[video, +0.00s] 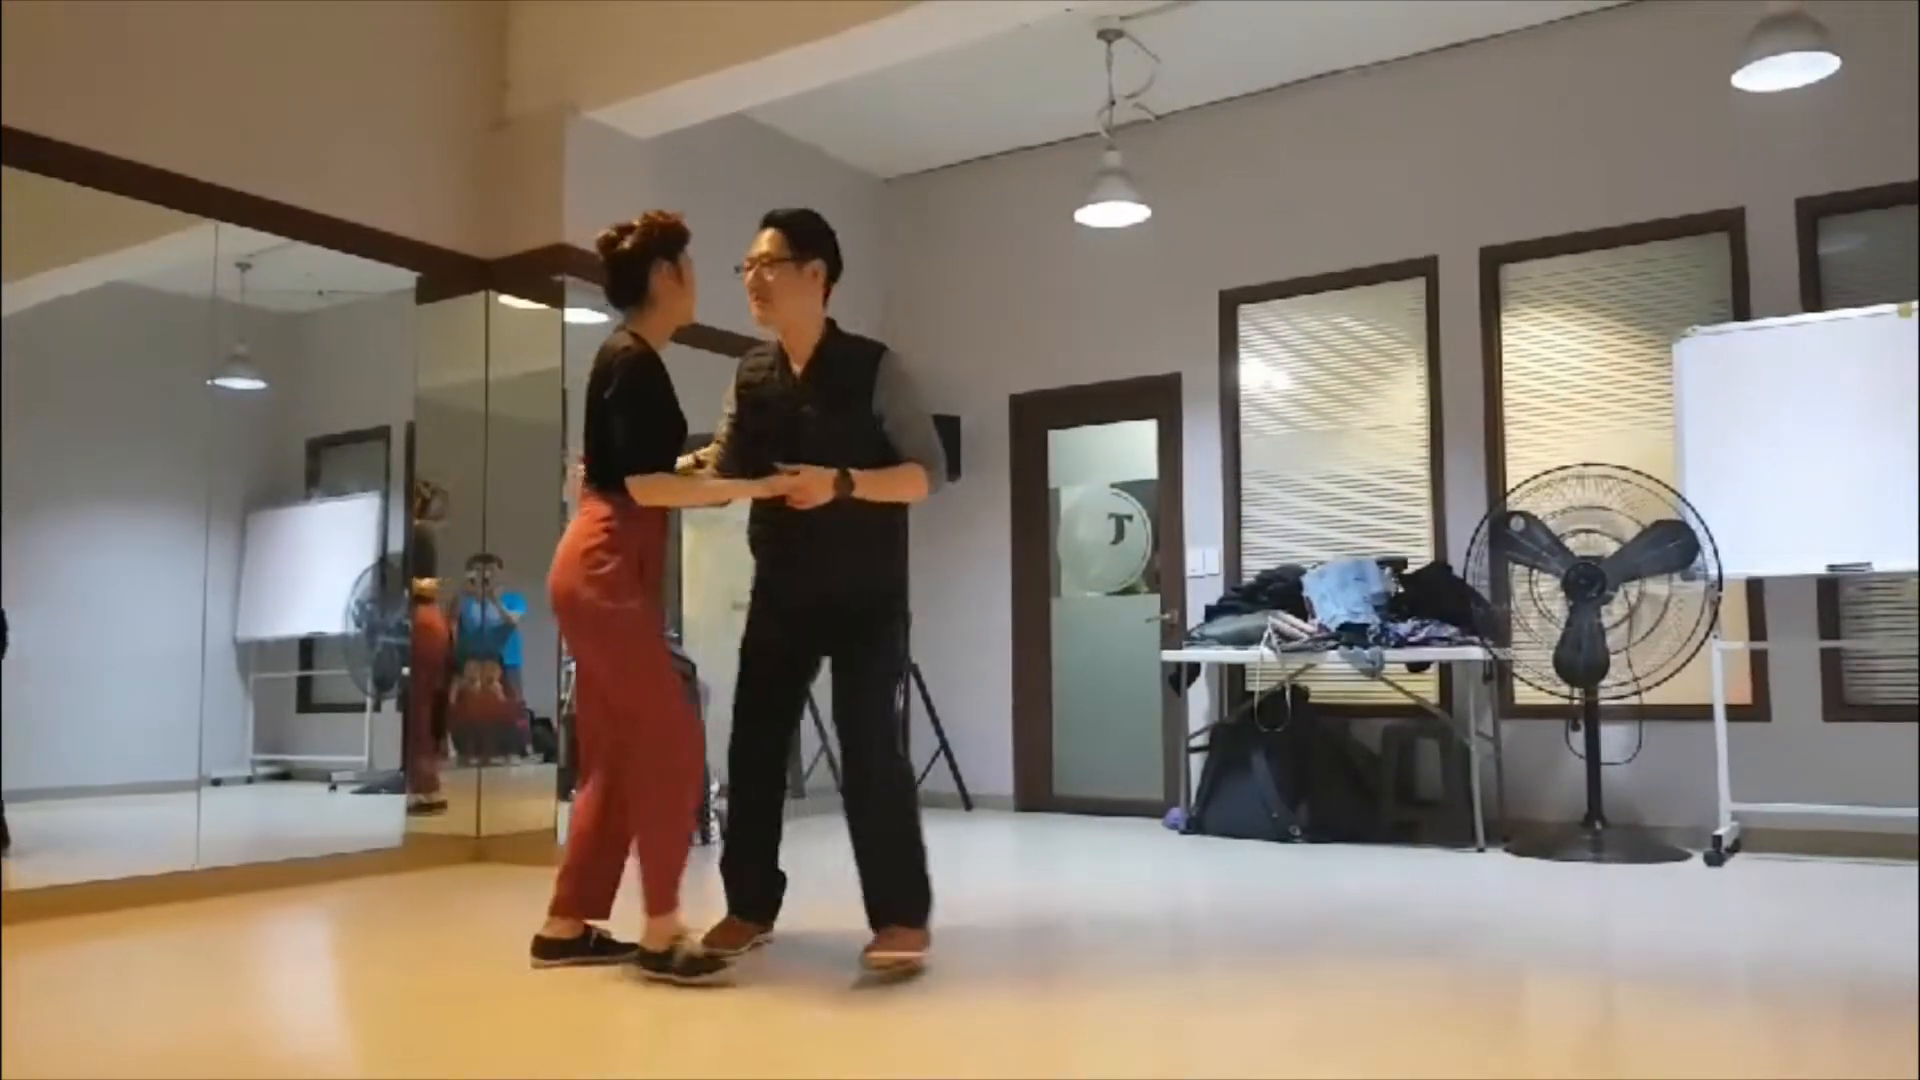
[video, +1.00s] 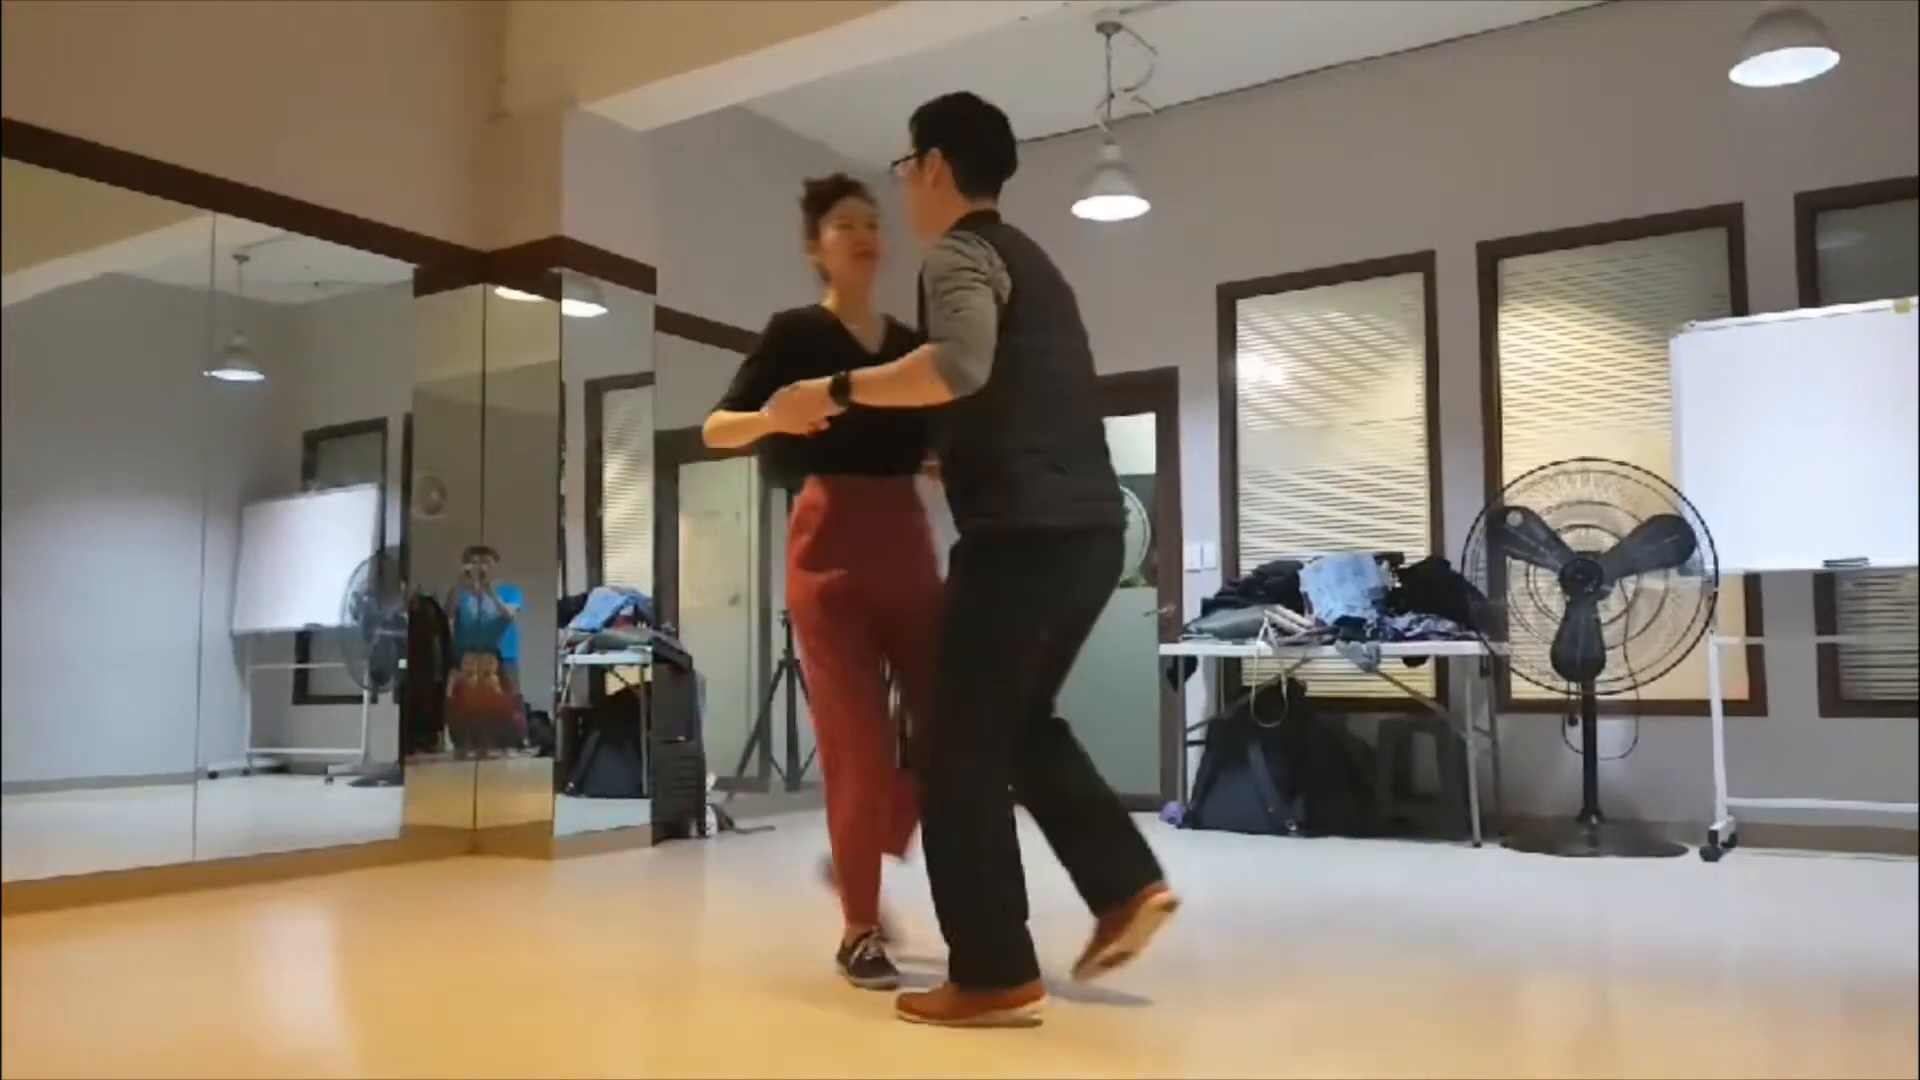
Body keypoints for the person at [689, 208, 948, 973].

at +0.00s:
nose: (750, 277)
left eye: (767, 264)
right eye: (748, 266)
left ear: (818, 275)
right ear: (757, 282)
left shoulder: (876, 368)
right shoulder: (754, 371)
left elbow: (926, 474)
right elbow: (726, 472)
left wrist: (842, 481)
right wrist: (645, 475)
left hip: (867, 595)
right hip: (782, 594)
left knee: (870, 754)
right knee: (754, 752)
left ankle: (901, 922)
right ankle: (749, 910)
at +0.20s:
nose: (787, 268)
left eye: (802, 252)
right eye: (786, 256)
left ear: (853, 259)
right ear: (811, 269)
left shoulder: (918, 349)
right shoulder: (810, 372)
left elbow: (978, 459)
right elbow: (761, 467)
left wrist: (878, 472)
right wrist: (676, 476)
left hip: (933, 582)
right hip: (856, 585)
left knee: (912, 748)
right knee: (814, 742)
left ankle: (925, 939)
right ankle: (788, 904)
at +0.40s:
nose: (830, 236)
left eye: (845, 221)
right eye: (831, 223)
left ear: (898, 229)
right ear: (867, 236)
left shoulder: (967, 317)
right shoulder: (857, 347)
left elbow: (1036, 421)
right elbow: (782, 434)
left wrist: (927, 443)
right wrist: (709, 455)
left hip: (992, 564)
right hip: (917, 568)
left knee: (929, 728)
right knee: (881, 725)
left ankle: (927, 929)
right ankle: (973, 889)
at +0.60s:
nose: (856, 248)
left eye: (871, 232)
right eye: (859, 234)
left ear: (921, 243)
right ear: (900, 247)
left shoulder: (992, 335)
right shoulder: (886, 362)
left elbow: (1062, 443)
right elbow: (814, 440)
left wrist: (948, 459)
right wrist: (746, 459)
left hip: (1007, 578)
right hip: (950, 581)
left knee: (910, 731)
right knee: (910, 734)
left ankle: (984, 938)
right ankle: (962, 921)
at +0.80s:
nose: (864, 218)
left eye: (874, 200)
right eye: (868, 203)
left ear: (915, 206)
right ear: (920, 210)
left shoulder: (970, 290)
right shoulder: (937, 308)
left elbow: (1033, 400)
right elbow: (952, 420)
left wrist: (908, 432)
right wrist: (881, 453)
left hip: (1021, 565)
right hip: (990, 565)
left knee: (941, 744)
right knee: (942, 738)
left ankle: (1002, 970)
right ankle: (977, 915)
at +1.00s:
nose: (903, 184)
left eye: (908, 167)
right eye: (906, 168)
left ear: (938, 167)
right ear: (991, 173)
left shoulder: (962, 252)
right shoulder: (1031, 260)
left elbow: (961, 366)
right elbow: (1038, 398)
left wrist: (839, 389)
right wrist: (944, 455)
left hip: (1023, 533)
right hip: (1087, 526)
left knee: (961, 743)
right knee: (1017, 720)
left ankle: (993, 974)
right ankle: (1128, 887)